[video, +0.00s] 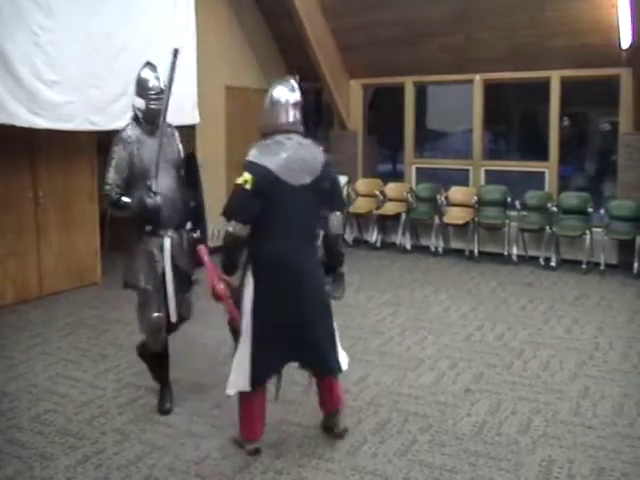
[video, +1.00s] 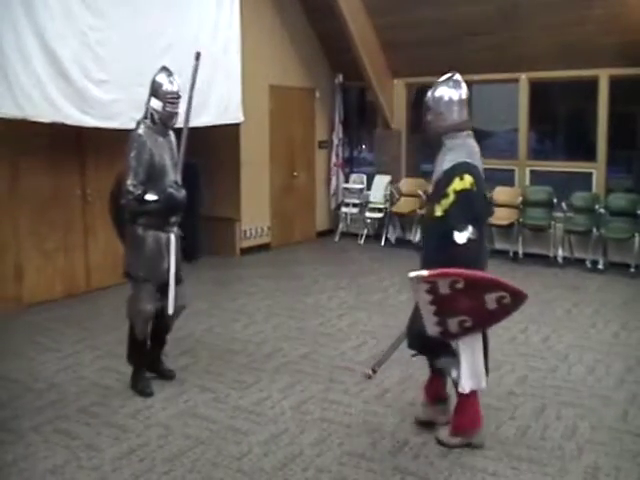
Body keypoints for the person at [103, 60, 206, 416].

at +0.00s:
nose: (156, 102)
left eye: (160, 96)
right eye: (149, 96)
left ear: (166, 98)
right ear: (138, 98)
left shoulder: (174, 136)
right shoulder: (128, 140)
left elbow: (191, 185)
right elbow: (111, 194)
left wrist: (198, 224)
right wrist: (138, 206)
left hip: (179, 236)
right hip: (145, 239)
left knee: (182, 311)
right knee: (155, 320)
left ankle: (151, 345)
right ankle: (165, 386)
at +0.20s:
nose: (167, 109)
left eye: (171, 103)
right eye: (160, 103)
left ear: (176, 107)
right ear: (149, 105)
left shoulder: (178, 143)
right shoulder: (138, 146)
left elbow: (185, 190)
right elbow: (123, 201)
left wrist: (194, 223)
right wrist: (157, 212)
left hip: (176, 234)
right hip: (150, 237)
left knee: (161, 302)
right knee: (166, 311)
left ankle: (133, 355)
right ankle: (183, 384)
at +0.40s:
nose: (189, 114)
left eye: (193, 108)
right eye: (183, 107)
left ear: (197, 110)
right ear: (169, 108)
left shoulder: (188, 145)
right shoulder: (156, 147)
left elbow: (189, 194)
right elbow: (141, 204)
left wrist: (201, 222)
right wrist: (182, 211)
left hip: (183, 234)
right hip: (163, 236)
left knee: (166, 301)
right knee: (181, 306)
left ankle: (152, 362)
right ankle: (200, 375)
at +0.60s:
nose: (182, 111)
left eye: (185, 105)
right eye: (177, 105)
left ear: (187, 105)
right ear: (163, 104)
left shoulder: (175, 138)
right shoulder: (151, 141)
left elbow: (176, 189)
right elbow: (136, 199)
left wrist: (188, 217)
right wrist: (173, 208)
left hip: (173, 229)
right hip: (156, 231)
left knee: (161, 301)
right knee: (172, 304)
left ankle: (151, 361)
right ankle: (168, 371)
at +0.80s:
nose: (177, 106)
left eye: (180, 100)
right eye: (171, 100)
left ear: (181, 101)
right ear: (157, 100)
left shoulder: (170, 136)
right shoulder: (146, 137)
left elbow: (173, 184)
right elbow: (134, 192)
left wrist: (180, 212)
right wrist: (168, 204)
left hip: (171, 226)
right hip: (151, 227)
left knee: (163, 296)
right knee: (156, 298)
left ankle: (148, 356)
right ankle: (141, 367)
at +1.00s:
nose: (174, 106)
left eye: (177, 100)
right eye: (168, 100)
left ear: (179, 102)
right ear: (153, 100)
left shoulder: (169, 137)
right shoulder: (142, 138)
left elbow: (172, 184)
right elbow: (130, 197)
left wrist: (176, 198)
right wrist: (167, 198)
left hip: (169, 230)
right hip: (147, 232)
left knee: (172, 300)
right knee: (145, 302)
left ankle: (155, 356)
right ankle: (139, 367)